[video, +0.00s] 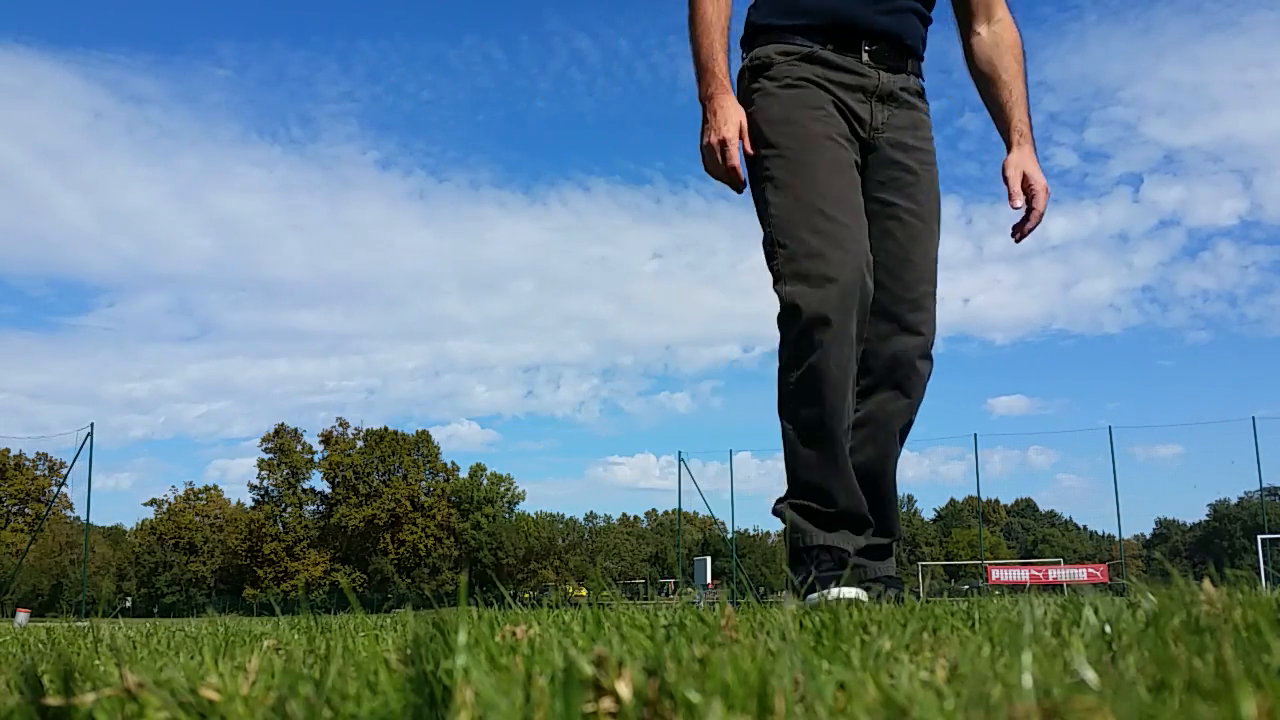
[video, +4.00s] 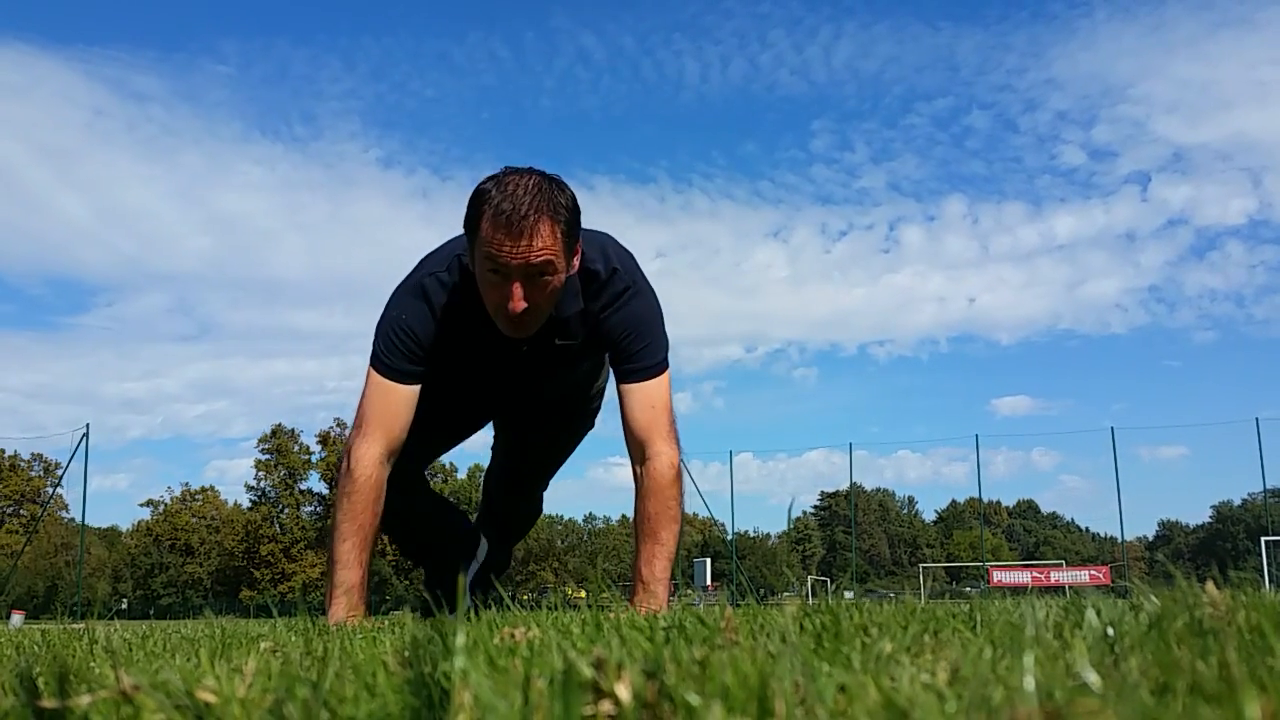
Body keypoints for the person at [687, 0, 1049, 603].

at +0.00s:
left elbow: (987, 18)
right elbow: (713, 0)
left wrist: (1019, 139)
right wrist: (717, 94)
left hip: (902, 88)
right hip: (798, 70)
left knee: (905, 333)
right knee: (828, 292)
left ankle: (869, 561)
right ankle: (825, 555)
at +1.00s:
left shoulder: (868, 1)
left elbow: (895, 64)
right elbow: (632, 79)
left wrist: (895, 197)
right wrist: (637, 208)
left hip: (823, 171)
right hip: (708, 180)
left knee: (892, 344)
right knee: (657, 366)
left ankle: (961, 566)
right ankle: (604, 575)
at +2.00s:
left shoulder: (701, 43)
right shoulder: (552, 33)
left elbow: (701, 147)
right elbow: (494, 134)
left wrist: (689, 244)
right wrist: (519, 235)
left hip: (658, 237)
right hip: (568, 230)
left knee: (658, 413)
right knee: (577, 390)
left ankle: (641, 576)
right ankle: (583, 570)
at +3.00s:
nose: (520, 121)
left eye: (535, 101)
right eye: (502, 103)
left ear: (564, 76)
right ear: (476, 80)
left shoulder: (604, 110)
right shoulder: (440, 124)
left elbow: (680, 228)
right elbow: (381, 259)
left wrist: (706, 336)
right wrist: (401, 379)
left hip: (556, 248)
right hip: (466, 255)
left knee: (577, 407)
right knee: (482, 400)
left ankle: (588, 583)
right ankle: (498, 590)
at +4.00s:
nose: (516, 300)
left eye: (538, 275)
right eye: (496, 274)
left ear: (572, 260)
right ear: (471, 254)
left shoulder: (618, 289)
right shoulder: (423, 300)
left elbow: (656, 453)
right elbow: (368, 453)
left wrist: (649, 610)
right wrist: (344, 616)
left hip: (559, 382)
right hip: (465, 375)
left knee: (514, 494)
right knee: (381, 474)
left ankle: (476, 586)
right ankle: (457, 560)